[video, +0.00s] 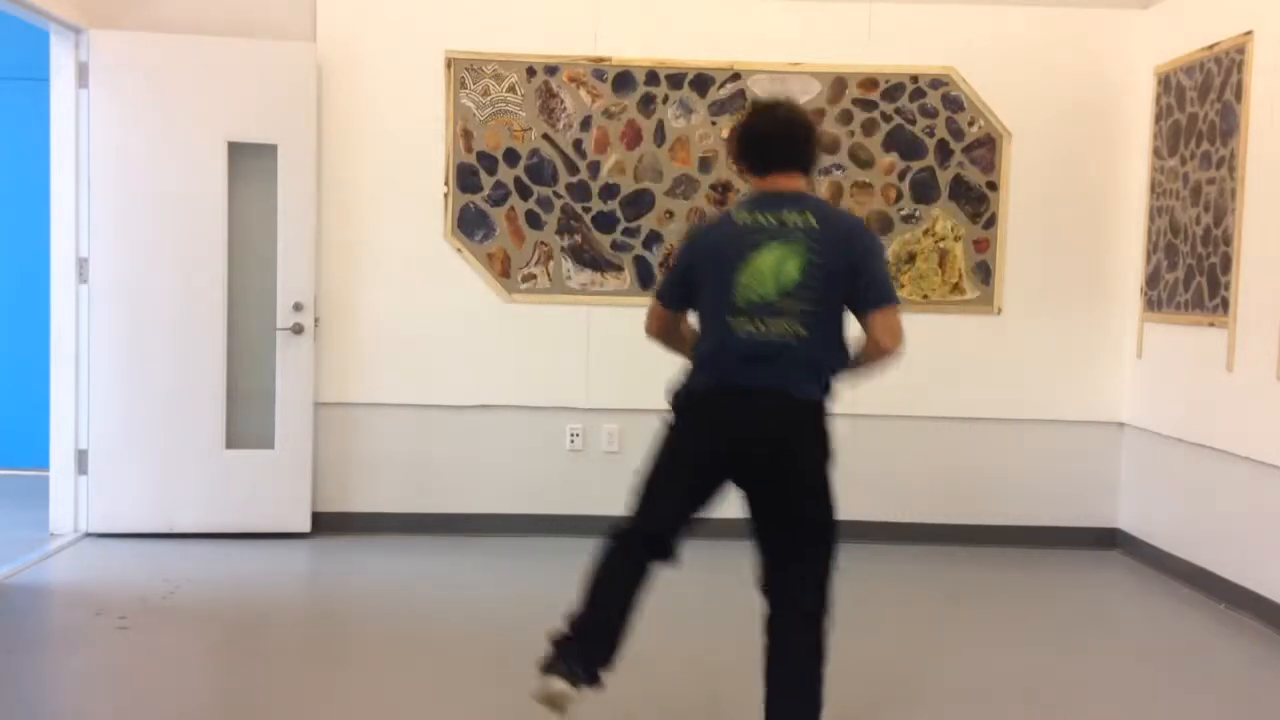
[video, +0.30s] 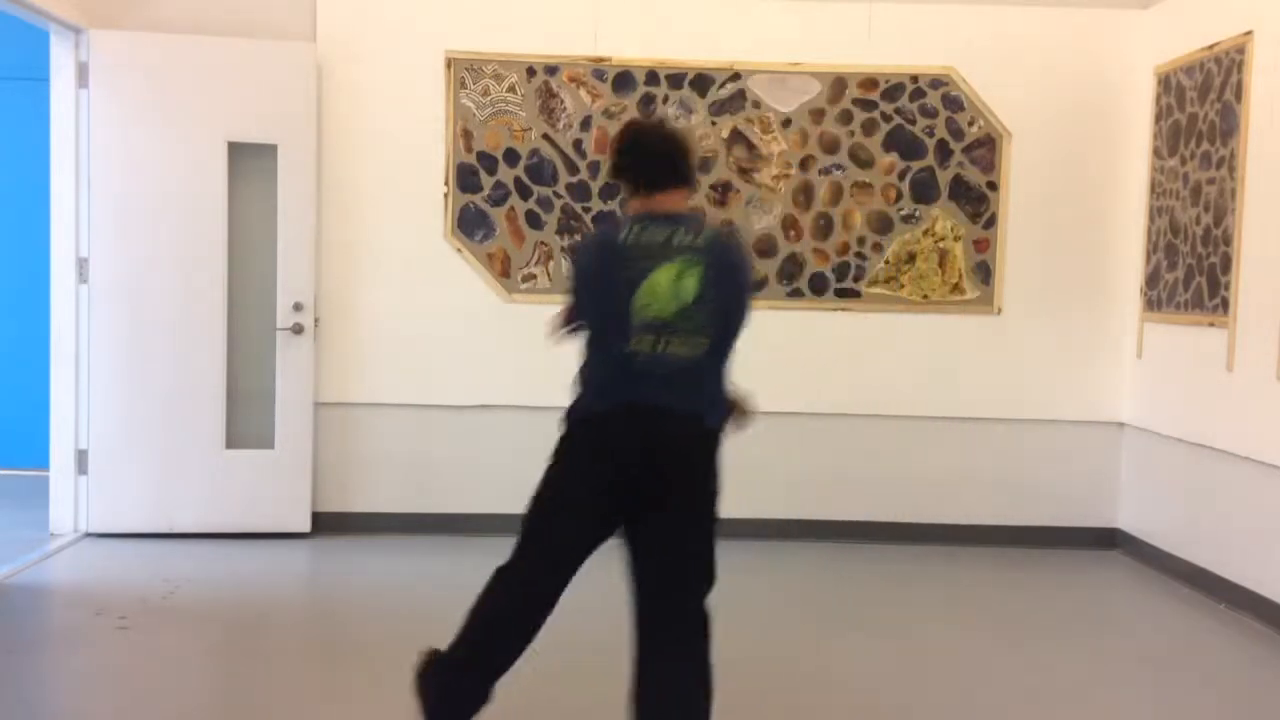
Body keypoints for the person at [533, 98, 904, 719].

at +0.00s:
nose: (741, 169)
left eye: (741, 159)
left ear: (743, 162)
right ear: (810, 159)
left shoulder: (716, 233)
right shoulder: (847, 234)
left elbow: (660, 324)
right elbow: (886, 338)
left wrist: (714, 351)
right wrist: (833, 362)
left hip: (709, 417)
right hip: (791, 424)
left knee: (643, 536)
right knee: (798, 584)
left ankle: (573, 664)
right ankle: (793, 711)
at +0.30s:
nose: (623, 190)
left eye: (621, 181)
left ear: (627, 180)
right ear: (688, 172)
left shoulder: (606, 245)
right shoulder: (727, 250)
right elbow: (716, 340)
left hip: (603, 440)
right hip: (684, 448)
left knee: (536, 571)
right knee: (675, 607)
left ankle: (450, 691)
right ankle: (675, 715)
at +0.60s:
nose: (479, 192)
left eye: (480, 182)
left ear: (484, 186)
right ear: (546, 183)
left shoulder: (462, 248)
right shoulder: (583, 255)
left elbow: (396, 325)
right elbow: (601, 363)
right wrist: (596, 454)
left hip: (474, 425)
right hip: (553, 430)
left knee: (434, 558)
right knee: (533, 547)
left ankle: (427, 699)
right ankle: (578, 656)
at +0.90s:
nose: (428, 187)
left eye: (427, 178)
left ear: (428, 178)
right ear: (487, 178)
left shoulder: (413, 230)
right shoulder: (522, 245)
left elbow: (325, 285)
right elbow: (565, 334)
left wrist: (246, 263)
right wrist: (592, 411)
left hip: (408, 406)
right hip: (478, 413)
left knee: (370, 526)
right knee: (432, 519)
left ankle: (409, 649)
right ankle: (406, 638)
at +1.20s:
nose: (473, 175)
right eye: (471, 166)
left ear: (406, 168)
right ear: (467, 168)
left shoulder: (369, 225)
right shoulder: (489, 222)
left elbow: (343, 330)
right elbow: (529, 312)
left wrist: (353, 393)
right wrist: (534, 393)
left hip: (394, 394)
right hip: (468, 394)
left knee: (387, 521)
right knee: (462, 517)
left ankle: (380, 663)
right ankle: (451, 635)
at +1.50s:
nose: (522, 213)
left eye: (523, 203)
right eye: (521, 202)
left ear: (464, 185)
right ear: (506, 194)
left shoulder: (409, 226)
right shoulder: (510, 235)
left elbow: (323, 269)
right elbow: (535, 319)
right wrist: (586, 403)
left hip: (397, 396)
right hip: (469, 398)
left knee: (409, 531)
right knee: (516, 527)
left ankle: (387, 672)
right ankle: (506, 662)